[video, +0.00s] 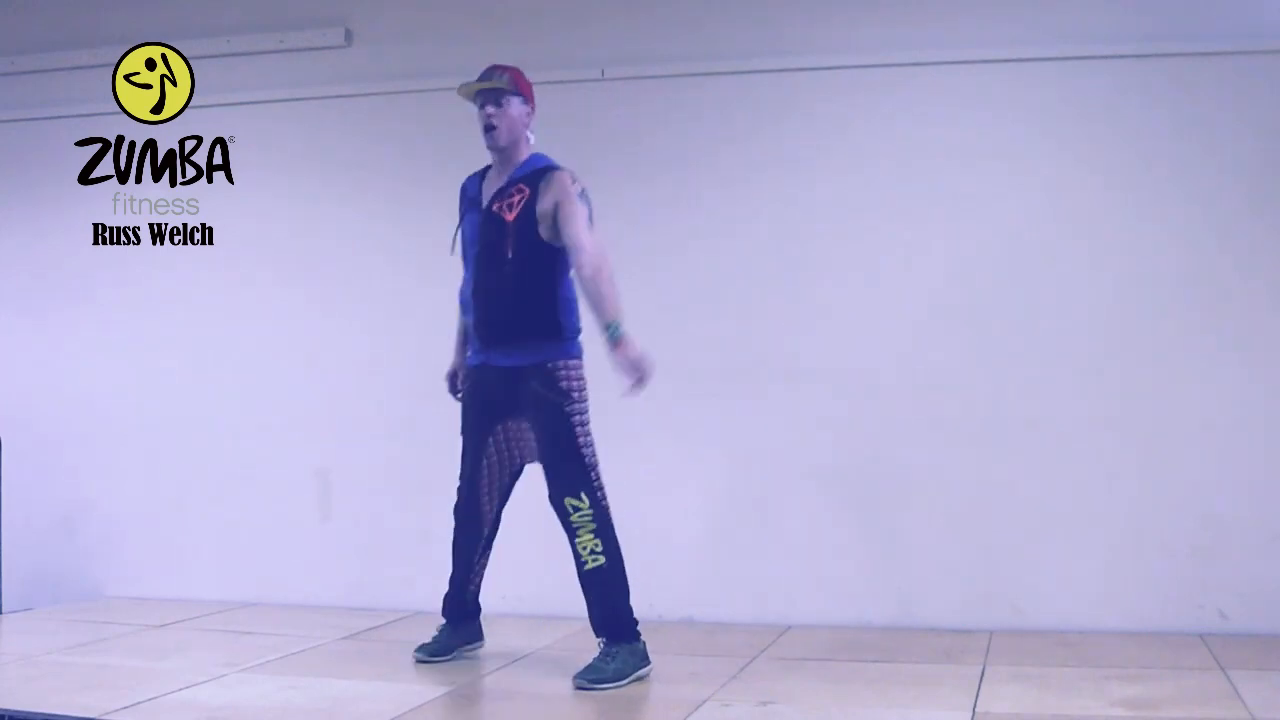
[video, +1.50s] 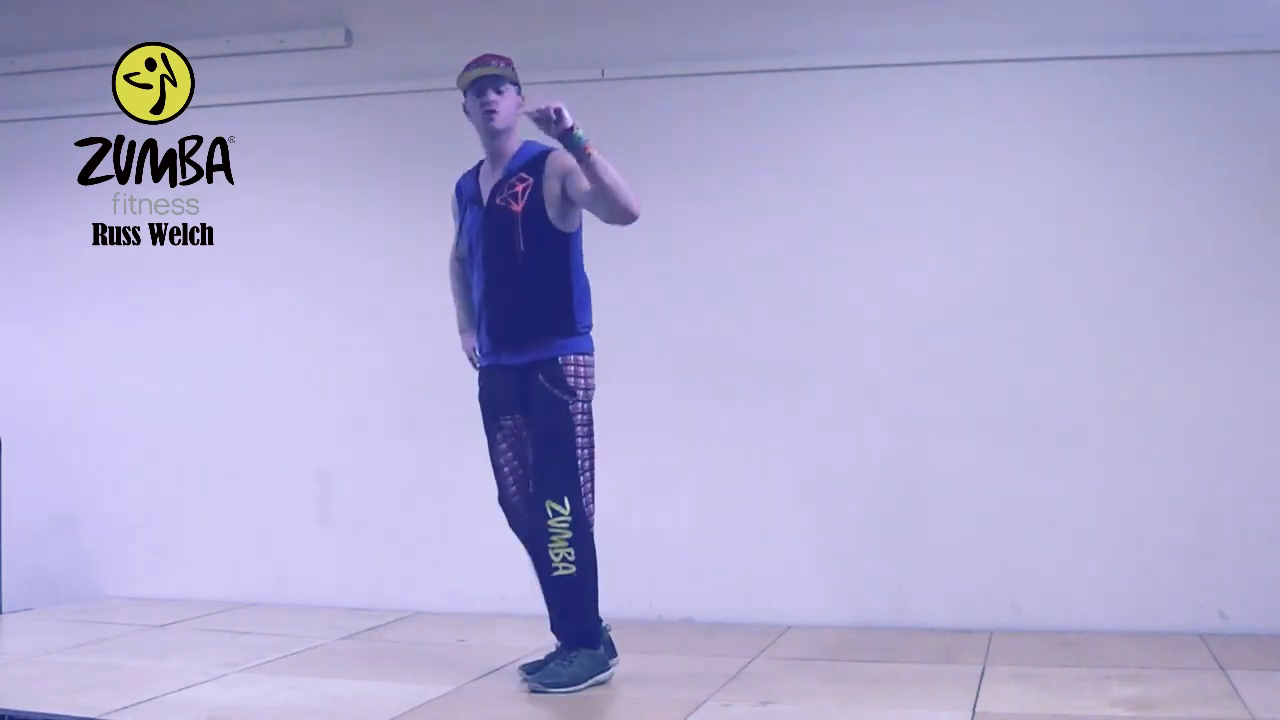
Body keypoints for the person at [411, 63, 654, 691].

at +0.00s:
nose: (489, 113)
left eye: (500, 103)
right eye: (482, 105)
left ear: (528, 112)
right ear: (477, 117)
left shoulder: (558, 185)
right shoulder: (473, 189)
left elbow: (589, 263)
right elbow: (471, 280)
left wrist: (618, 338)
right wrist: (460, 353)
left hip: (551, 369)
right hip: (489, 373)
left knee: (580, 502)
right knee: (475, 499)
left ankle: (622, 642)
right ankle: (461, 623)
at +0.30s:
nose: (429, 146)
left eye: (440, 135)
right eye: (422, 137)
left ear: (467, 139)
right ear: (417, 143)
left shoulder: (503, 204)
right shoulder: (420, 207)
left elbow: (522, 299)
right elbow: (406, 279)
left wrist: (430, 303)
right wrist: (392, 348)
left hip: (509, 363)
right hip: (448, 367)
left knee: (479, 463)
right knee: (443, 484)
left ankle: (527, 586)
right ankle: (462, 621)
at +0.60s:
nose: (416, 137)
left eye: (425, 125)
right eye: (409, 129)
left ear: (454, 125)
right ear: (405, 137)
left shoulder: (492, 192)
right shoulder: (419, 198)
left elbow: (488, 285)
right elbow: (416, 278)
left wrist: (424, 230)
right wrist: (412, 328)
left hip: (492, 366)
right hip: (434, 367)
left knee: (474, 500)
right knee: (431, 498)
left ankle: (492, 622)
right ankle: (457, 622)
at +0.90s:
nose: (441, 112)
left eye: (449, 102)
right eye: (428, 104)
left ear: (465, 112)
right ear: (412, 119)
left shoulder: (494, 170)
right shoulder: (416, 194)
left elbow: (534, 242)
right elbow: (408, 261)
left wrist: (499, 328)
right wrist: (415, 314)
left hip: (507, 352)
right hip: (447, 360)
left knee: (523, 489)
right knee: (460, 494)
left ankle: (571, 633)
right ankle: (460, 624)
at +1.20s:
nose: (465, 124)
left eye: (474, 113)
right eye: (453, 117)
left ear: (493, 123)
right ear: (439, 136)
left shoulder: (530, 175)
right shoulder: (459, 207)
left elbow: (602, 180)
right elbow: (472, 278)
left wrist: (596, 148)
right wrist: (479, 336)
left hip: (552, 368)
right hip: (490, 371)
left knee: (543, 508)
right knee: (430, 482)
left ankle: (581, 648)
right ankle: (477, 587)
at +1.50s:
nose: (488, 99)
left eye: (499, 89)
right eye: (477, 92)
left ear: (521, 101)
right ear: (465, 110)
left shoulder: (553, 162)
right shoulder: (467, 186)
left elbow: (623, 210)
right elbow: (460, 262)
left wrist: (574, 140)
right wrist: (467, 325)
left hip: (558, 358)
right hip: (498, 362)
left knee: (562, 503)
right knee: (519, 504)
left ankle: (585, 648)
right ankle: (579, 638)